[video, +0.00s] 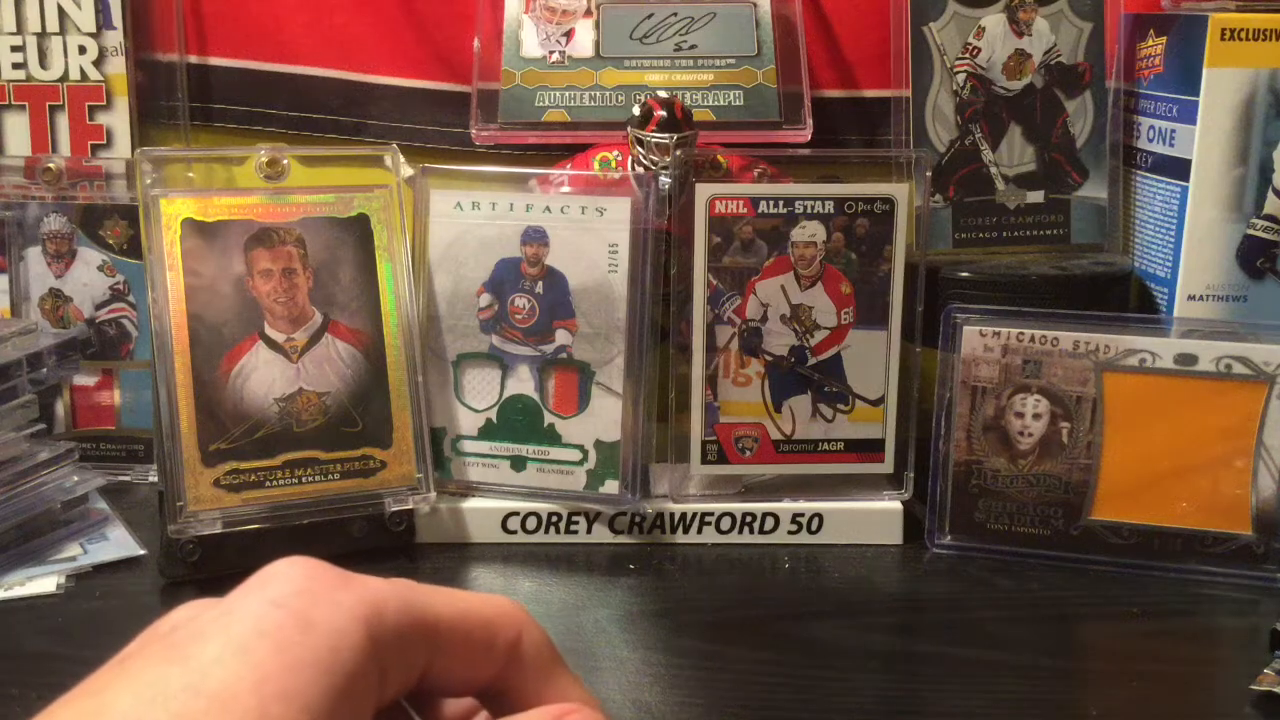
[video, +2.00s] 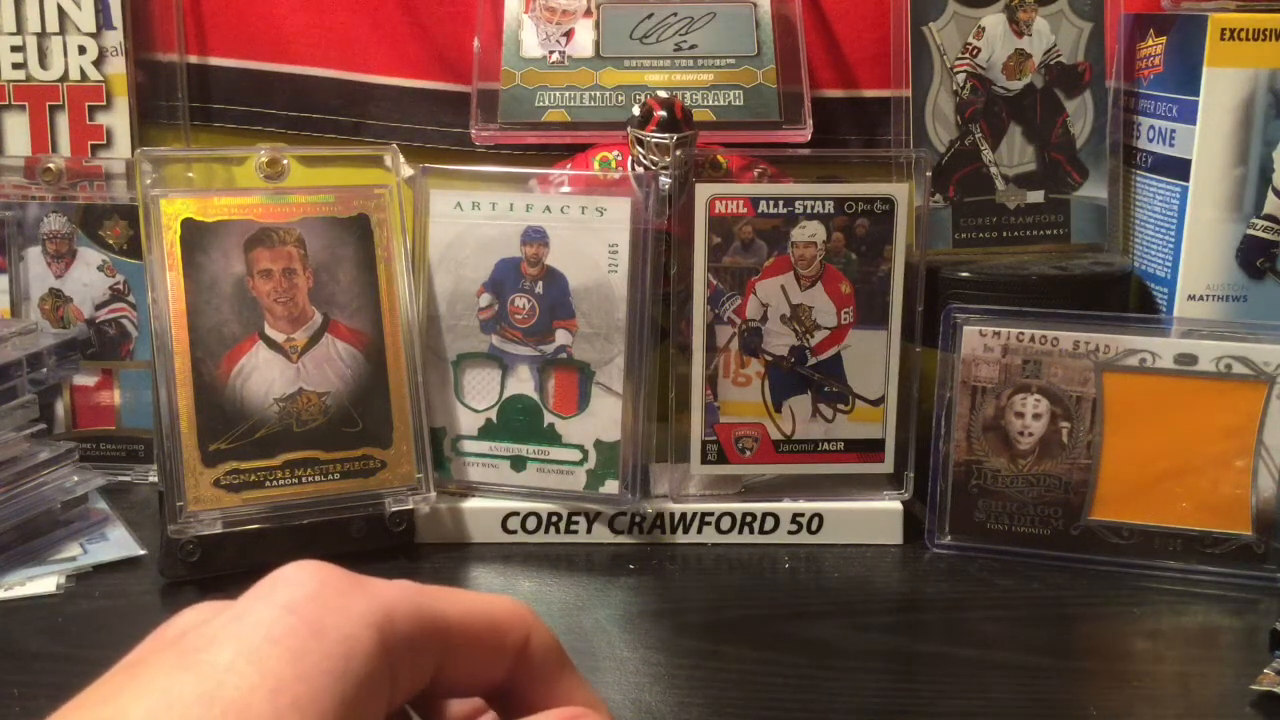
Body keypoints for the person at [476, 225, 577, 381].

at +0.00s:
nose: (535, 252)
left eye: (540, 246)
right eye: (530, 246)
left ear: (547, 250)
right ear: (522, 248)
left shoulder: (557, 280)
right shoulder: (504, 268)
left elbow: (565, 321)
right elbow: (486, 293)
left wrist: (562, 351)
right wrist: (486, 318)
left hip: (542, 352)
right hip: (503, 348)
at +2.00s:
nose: (534, 251)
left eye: (540, 247)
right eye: (530, 246)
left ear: (547, 250)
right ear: (522, 248)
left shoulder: (557, 280)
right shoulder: (504, 268)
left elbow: (565, 321)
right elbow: (487, 292)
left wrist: (562, 350)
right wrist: (486, 315)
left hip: (542, 354)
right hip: (503, 351)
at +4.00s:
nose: (534, 251)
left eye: (540, 247)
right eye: (530, 246)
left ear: (546, 250)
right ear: (522, 248)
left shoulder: (557, 280)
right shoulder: (504, 268)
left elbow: (565, 320)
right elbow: (487, 293)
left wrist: (562, 349)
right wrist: (487, 319)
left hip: (542, 353)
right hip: (503, 349)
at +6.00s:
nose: (534, 251)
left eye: (540, 246)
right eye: (530, 246)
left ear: (546, 250)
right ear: (522, 248)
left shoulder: (557, 280)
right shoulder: (504, 268)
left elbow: (565, 321)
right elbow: (487, 291)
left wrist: (562, 350)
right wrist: (486, 316)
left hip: (541, 353)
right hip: (502, 348)